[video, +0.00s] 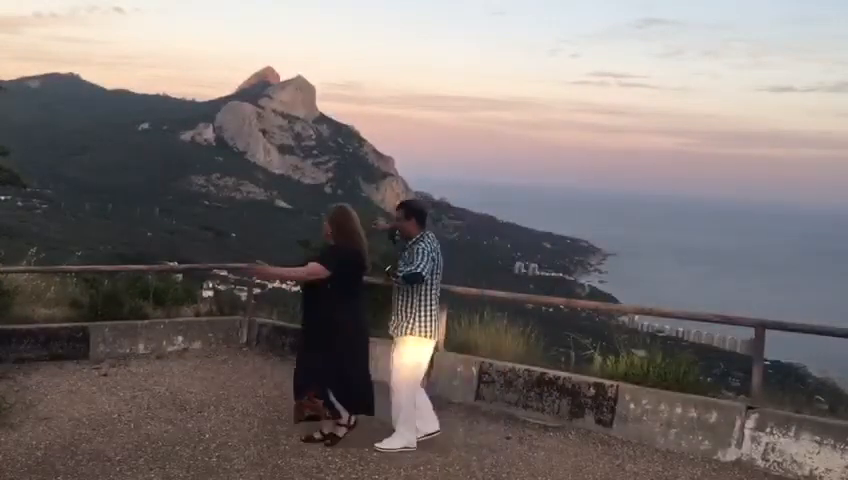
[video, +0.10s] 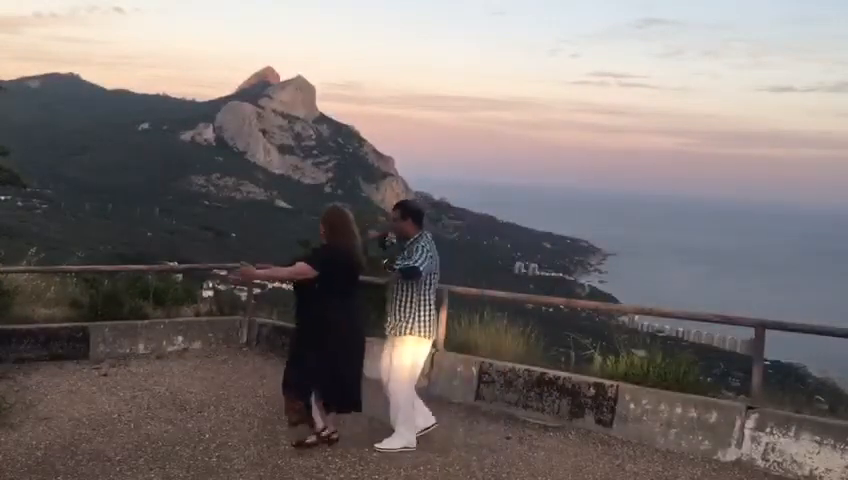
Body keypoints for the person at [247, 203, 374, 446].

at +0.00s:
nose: (324, 228)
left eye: (327, 223)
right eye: (325, 223)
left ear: (335, 227)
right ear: (350, 226)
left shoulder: (343, 254)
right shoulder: (342, 253)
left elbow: (309, 273)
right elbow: (311, 274)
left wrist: (271, 272)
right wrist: (275, 273)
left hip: (337, 330)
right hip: (328, 328)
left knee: (325, 375)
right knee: (318, 376)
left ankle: (345, 417)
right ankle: (327, 426)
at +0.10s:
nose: (320, 229)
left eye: (322, 225)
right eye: (321, 224)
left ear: (327, 229)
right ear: (348, 228)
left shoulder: (328, 255)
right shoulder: (349, 256)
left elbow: (294, 274)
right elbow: (305, 272)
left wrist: (256, 275)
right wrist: (272, 269)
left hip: (320, 330)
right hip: (342, 330)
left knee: (299, 380)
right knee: (322, 380)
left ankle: (318, 428)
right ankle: (328, 427)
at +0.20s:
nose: (309, 226)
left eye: (312, 222)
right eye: (311, 222)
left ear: (317, 225)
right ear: (344, 227)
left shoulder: (312, 252)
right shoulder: (345, 255)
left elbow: (279, 270)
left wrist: (241, 275)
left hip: (310, 331)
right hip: (340, 332)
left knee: (296, 381)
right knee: (328, 378)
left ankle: (293, 438)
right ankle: (329, 429)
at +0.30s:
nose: (304, 226)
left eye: (306, 222)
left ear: (309, 225)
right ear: (337, 227)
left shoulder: (300, 252)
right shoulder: (341, 257)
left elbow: (263, 270)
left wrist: (225, 273)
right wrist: (245, 277)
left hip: (303, 329)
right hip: (336, 330)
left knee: (292, 380)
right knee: (325, 376)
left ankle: (291, 440)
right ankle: (329, 427)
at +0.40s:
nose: (291, 224)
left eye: (294, 220)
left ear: (298, 224)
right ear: (331, 227)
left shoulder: (289, 251)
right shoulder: (336, 257)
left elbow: (256, 269)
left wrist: (221, 273)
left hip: (294, 325)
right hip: (330, 327)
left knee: (288, 379)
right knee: (325, 375)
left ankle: (290, 440)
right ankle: (327, 426)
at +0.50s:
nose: (284, 227)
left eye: (287, 222)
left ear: (291, 226)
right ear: (327, 228)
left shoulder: (281, 250)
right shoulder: (334, 257)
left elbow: (248, 267)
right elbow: (345, 291)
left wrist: (218, 273)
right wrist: (322, 285)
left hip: (288, 326)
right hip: (325, 328)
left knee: (286, 381)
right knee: (321, 377)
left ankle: (290, 441)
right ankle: (322, 431)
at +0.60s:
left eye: (283, 223)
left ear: (286, 227)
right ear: (322, 229)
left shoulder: (275, 253)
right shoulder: (330, 258)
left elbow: (238, 266)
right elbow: (343, 293)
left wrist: (207, 270)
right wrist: (337, 308)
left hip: (283, 327)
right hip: (320, 328)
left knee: (284, 381)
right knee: (314, 378)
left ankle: (289, 441)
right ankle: (311, 429)